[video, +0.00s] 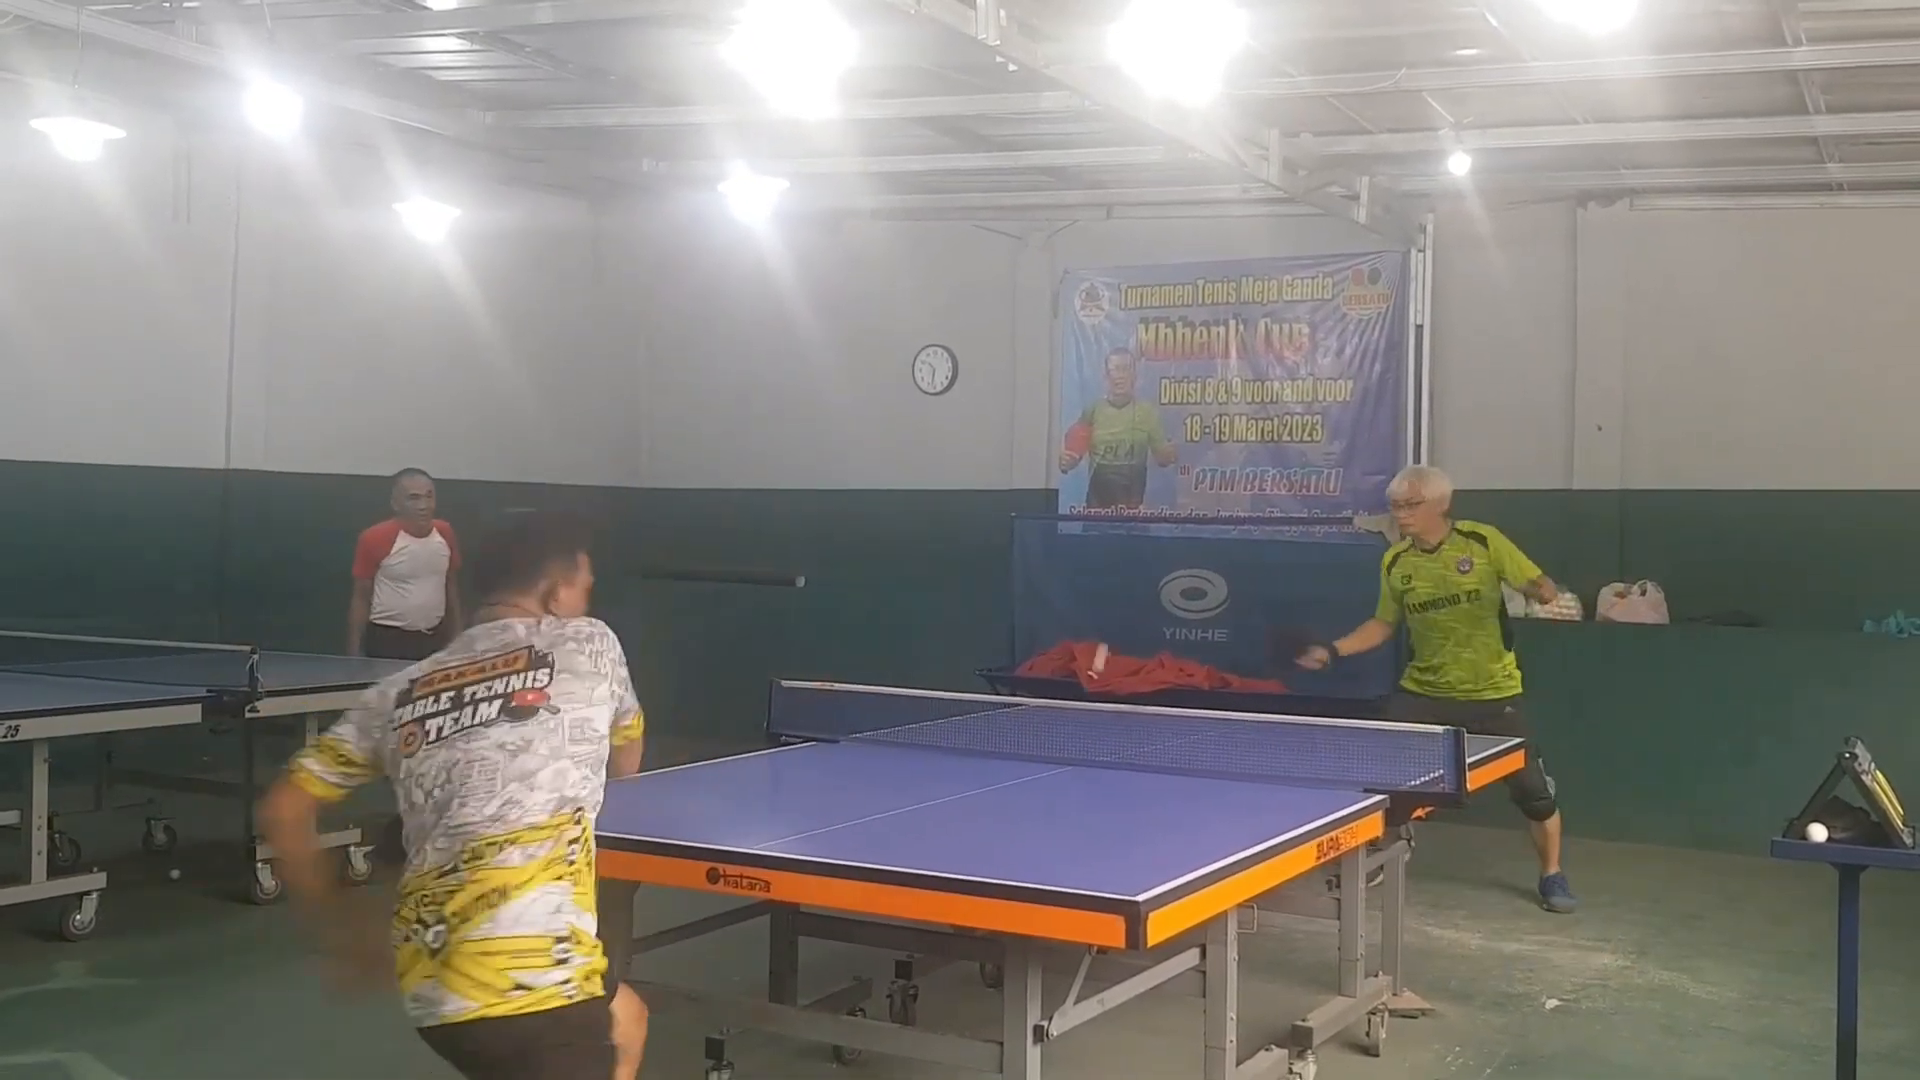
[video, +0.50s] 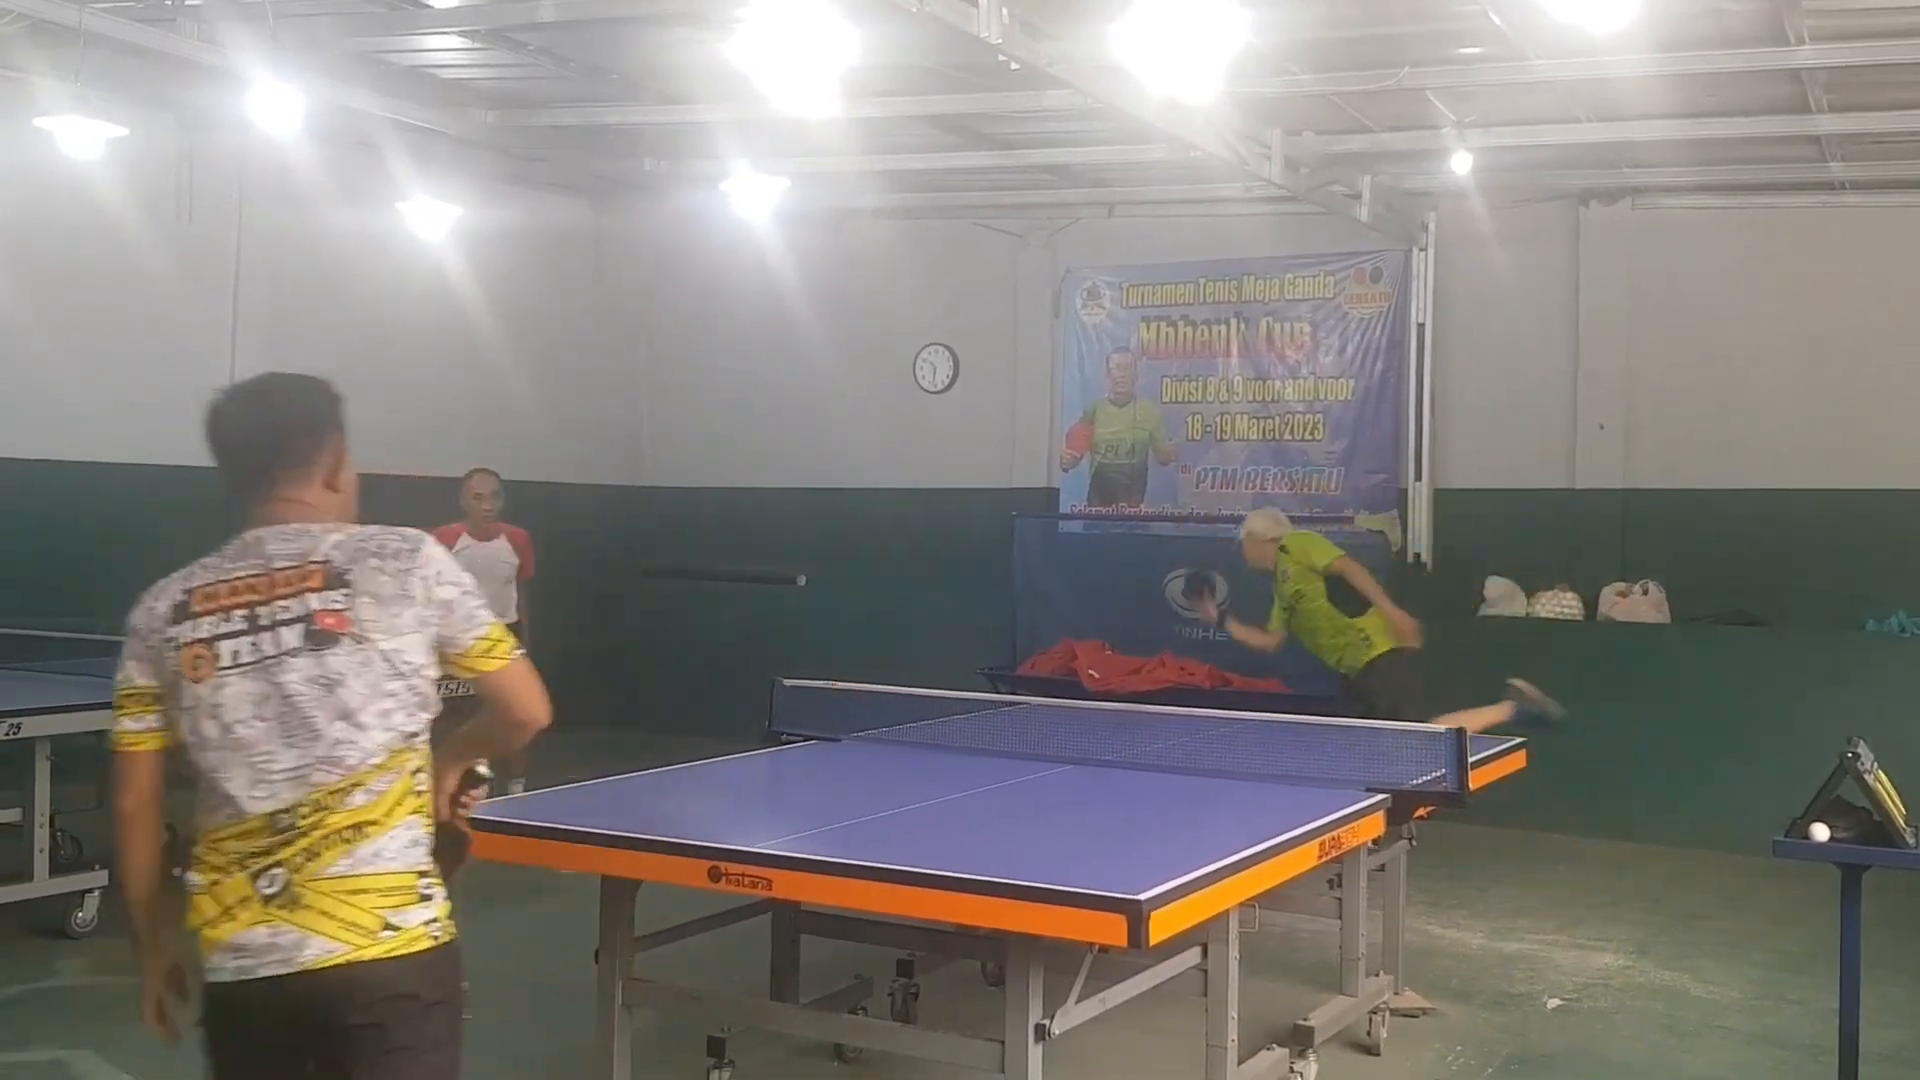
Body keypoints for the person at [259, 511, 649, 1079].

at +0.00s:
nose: (584, 607)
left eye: (587, 589)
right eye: (584, 589)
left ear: (487, 587)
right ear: (555, 585)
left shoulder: (399, 691)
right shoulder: (588, 642)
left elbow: (283, 808)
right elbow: (627, 761)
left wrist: (336, 936)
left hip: (433, 993)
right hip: (539, 986)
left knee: (628, 1020)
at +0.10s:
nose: (528, 583)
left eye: (526, 568)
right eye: (525, 567)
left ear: (417, 574)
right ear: (503, 565)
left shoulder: (348, 673)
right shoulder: (563, 617)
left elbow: (229, 771)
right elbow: (618, 768)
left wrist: (157, 927)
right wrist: (524, 779)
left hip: (444, 983)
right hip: (550, 963)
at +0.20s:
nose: (481, 537)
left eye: (479, 523)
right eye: (479, 522)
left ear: (371, 536)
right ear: (464, 521)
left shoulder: (311, 634)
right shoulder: (534, 580)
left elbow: (225, 746)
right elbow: (620, 729)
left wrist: (138, 923)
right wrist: (524, 767)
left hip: (401, 960)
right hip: (521, 943)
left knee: (503, 1056)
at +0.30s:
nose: (451, 499)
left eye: (450, 481)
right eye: (448, 481)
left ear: (334, 499)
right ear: (429, 485)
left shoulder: (265, 618)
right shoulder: (506, 571)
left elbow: (221, 768)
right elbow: (613, 712)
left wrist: (164, 955)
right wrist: (523, 765)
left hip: (348, 957)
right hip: (477, 947)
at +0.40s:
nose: (407, 481)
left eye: (405, 464)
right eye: (407, 463)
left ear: (289, 484)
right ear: (392, 470)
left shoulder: (215, 611)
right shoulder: (465, 561)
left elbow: (192, 792)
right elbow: (575, 710)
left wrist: (168, 976)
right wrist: (494, 756)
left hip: (302, 970)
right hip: (443, 958)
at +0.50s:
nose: (354, 475)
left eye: (347, 454)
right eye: (350, 455)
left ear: (234, 476)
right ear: (335, 461)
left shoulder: (163, 609)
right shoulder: (409, 562)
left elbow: (134, 801)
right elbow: (525, 709)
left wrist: (154, 943)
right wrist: (448, 758)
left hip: (244, 968)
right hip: (393, 955)